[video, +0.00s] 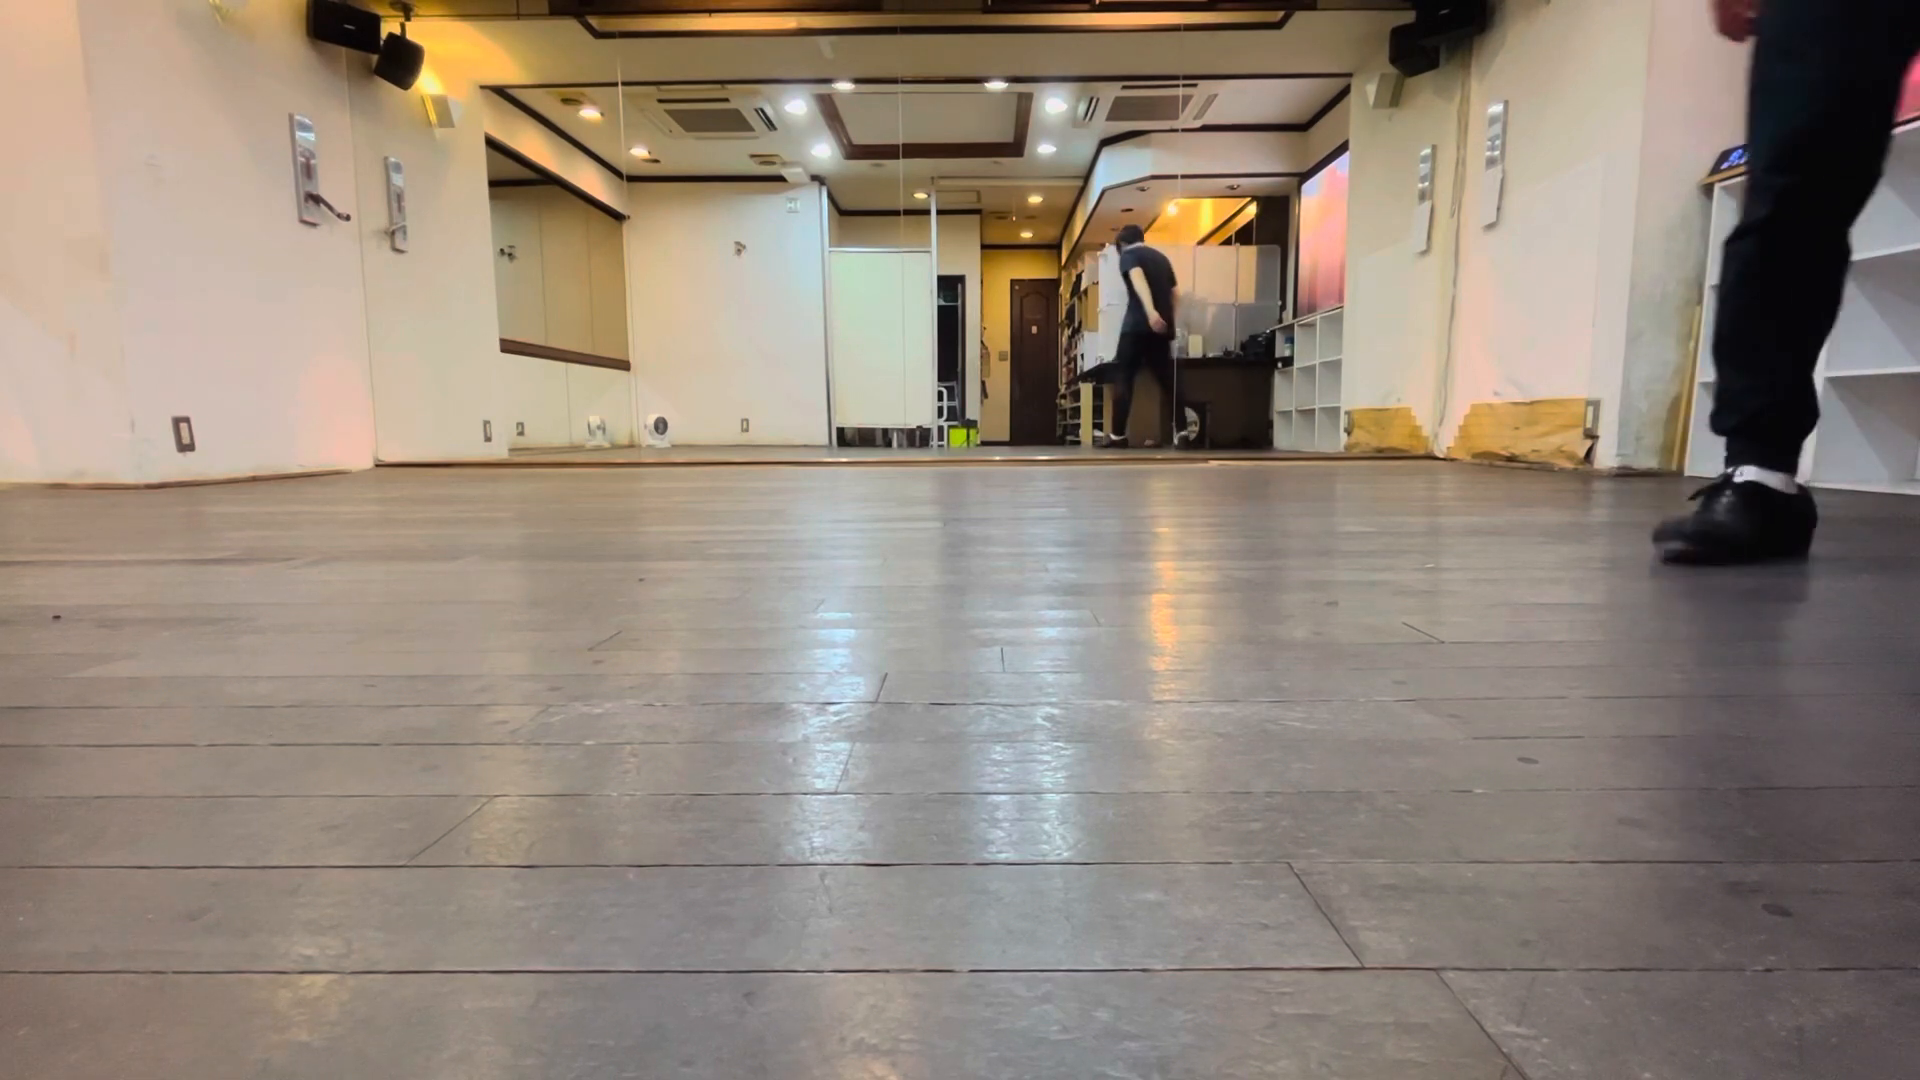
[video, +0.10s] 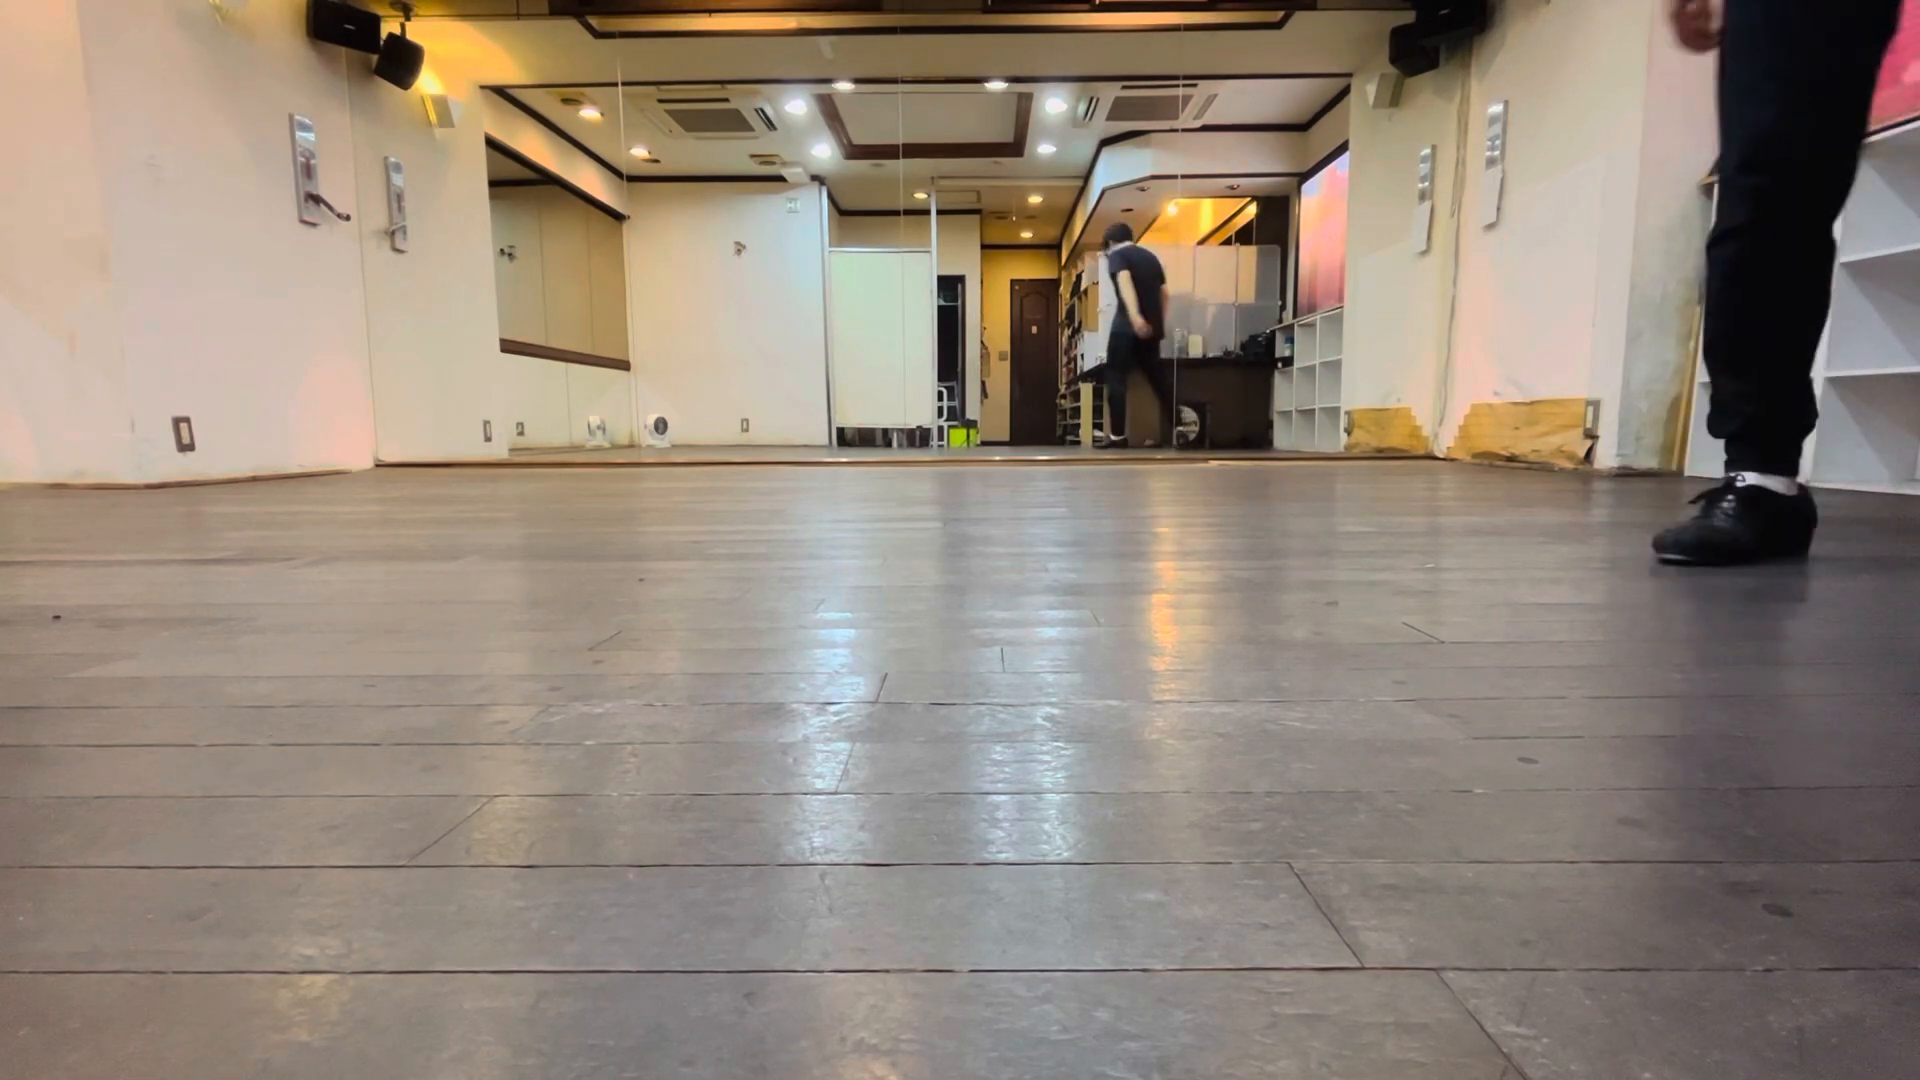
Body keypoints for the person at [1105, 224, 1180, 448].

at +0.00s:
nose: (1119, 251)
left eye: (1119, 247)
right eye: (1119, 247)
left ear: (1123, 243)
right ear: (1141, 240)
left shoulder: (1129, 255)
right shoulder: (1160, 256)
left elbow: (1139, 280)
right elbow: (1173, 292)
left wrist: (1151, 313)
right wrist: (1169, 319)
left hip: (1136, 327)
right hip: (1161, 328)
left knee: (1123, 376)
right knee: (1167, 378)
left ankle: (1117, 433)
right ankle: (1182, 429)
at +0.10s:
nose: (1108, 249)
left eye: (1107, 245)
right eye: (1107, 246)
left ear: (1110, 243)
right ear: (1130, 239)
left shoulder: (1116, 255)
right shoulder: (1149, 256)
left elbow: (1125, 282)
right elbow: (1164, 293)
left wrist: (1135, 317)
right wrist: (1160, 322)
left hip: (1127, 325)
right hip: (1152, 325)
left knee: (1115, 374)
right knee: (1156, 374)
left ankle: (1117, 434)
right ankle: (1172, 429)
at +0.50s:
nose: (1073, 247)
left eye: (1073, 243)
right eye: (1073, 243)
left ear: (1077, 241)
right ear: (1095, 239)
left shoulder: (1081, 258)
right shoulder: (1114, 258)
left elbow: (1073, 294)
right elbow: (1131, 293)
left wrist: (1051, 317)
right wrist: (1136, 329)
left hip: (1096, 332)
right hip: (1115, 331)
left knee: (1103, 380)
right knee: (1091, 377)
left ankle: (1117, 433)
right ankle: (1084, 425)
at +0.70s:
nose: (1055, 252)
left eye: (1055, 248)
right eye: (1055, 248)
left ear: (1060, 245)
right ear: (1075, 245)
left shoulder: (1065, 259)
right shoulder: (1092, 264)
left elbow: (1061, 295)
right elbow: (1106, 302)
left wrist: (1041, 320)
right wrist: (1115, 336)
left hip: (1074, 333)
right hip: (1089, 333)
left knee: (1084, 381)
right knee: (1068, 381)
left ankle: (1112, 429)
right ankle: (1058, 430)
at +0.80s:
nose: (1045, 256)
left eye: (1044, 251)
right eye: (1044, 252)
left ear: (1048, 246)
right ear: (1063, 245)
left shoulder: (1057, 257)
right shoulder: (1079, 267)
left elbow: (1055, 295)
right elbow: (1088, 306)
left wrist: (1043, 327)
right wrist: (1096, 339)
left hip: (1062, 330)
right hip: (1076, 331)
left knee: (1061, 380)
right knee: (1064, 380)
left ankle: (1099, 421)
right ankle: (1067, 430)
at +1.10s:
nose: (1014, 256)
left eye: (1014, 251)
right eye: (1013, 252)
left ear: (1019, 247)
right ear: (1032, 245)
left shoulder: (1031, 258)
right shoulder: (1043, 262)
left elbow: (1042, 282)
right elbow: (1036, 302)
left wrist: (1053, 313)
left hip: (1035, 330)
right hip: (1045, 330)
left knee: (1017, 377)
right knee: (1046, 379)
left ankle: (1023, 427)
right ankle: (1051, 429)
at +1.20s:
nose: (1002, 260)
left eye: (1001, 256)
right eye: (1001, 257)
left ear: (1006, 249)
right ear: (1021, 247)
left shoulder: (1017, 260)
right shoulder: (1033, 263)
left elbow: (1029, 283)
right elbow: (1032, 299)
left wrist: (1044, 315)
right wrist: (1017, 324)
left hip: (1027, 334)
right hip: (1040, 334)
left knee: (1011, 383)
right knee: (1039, 383)